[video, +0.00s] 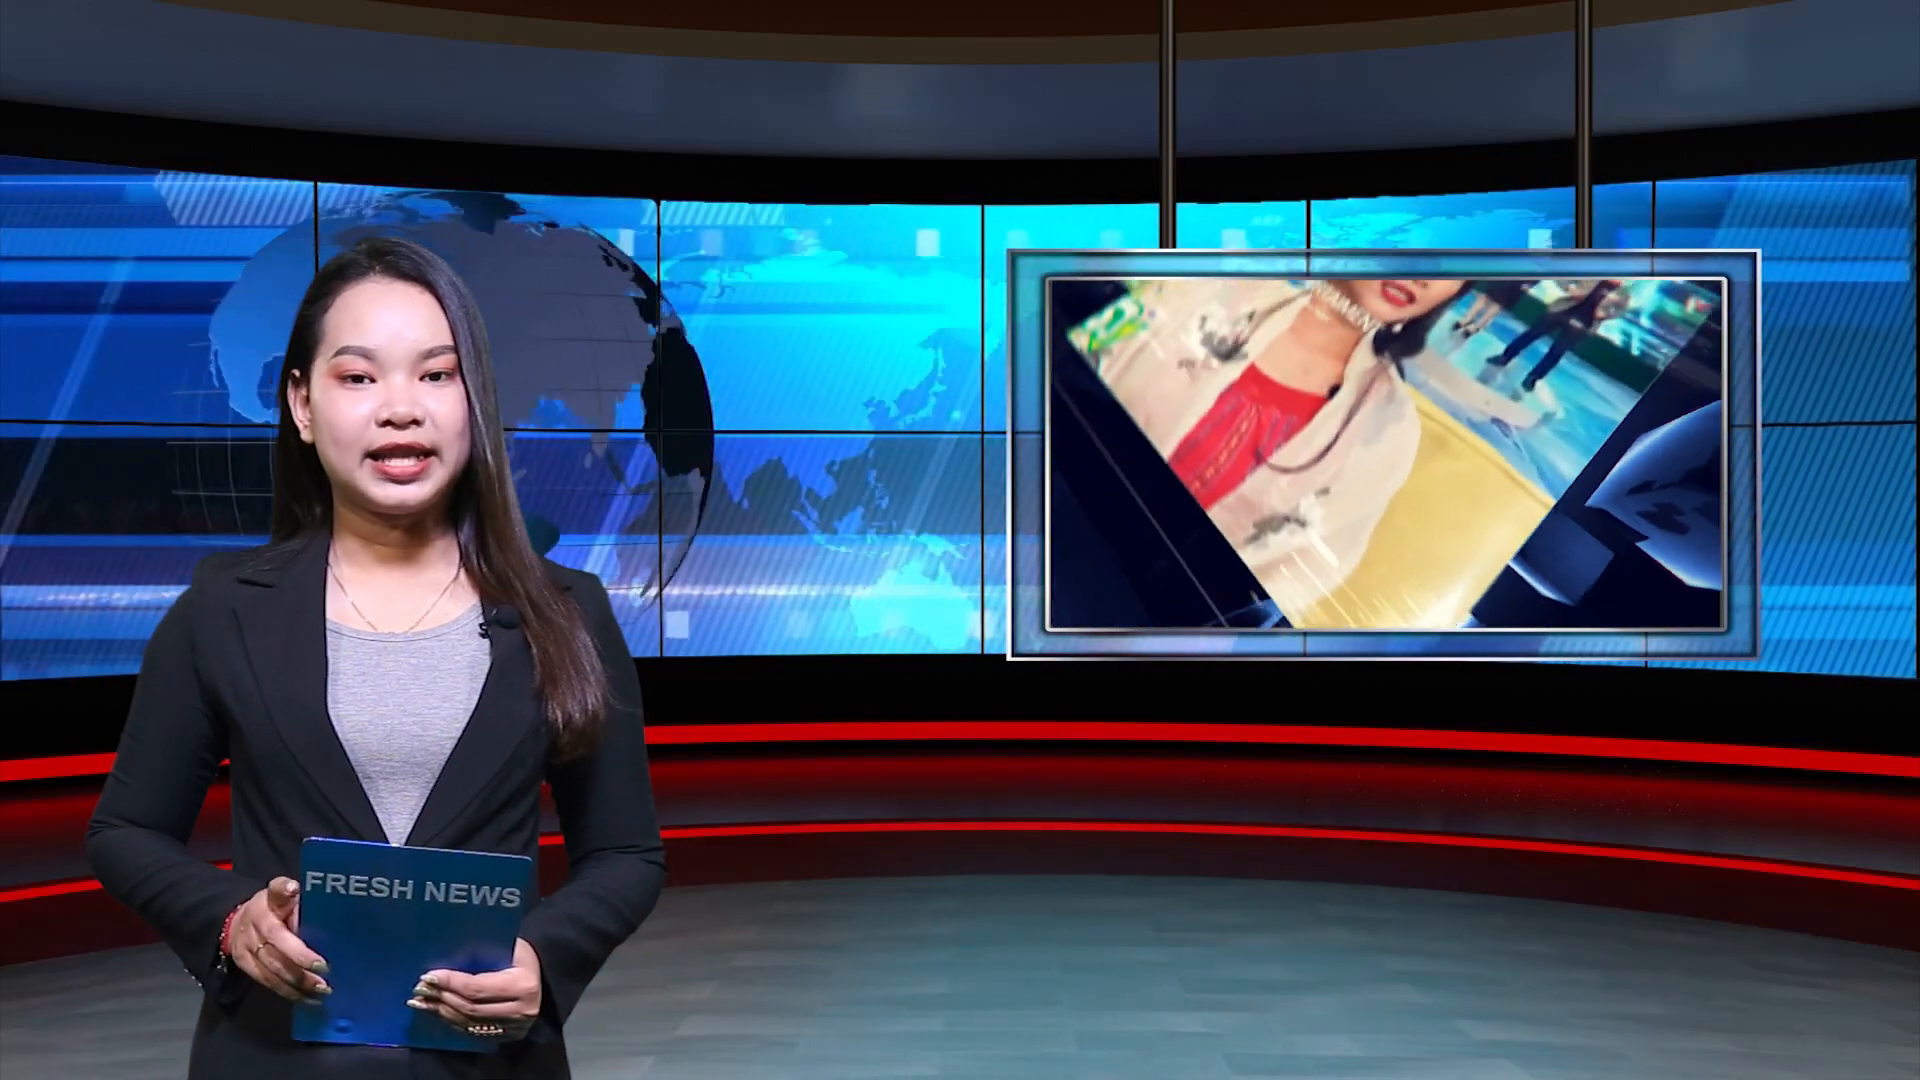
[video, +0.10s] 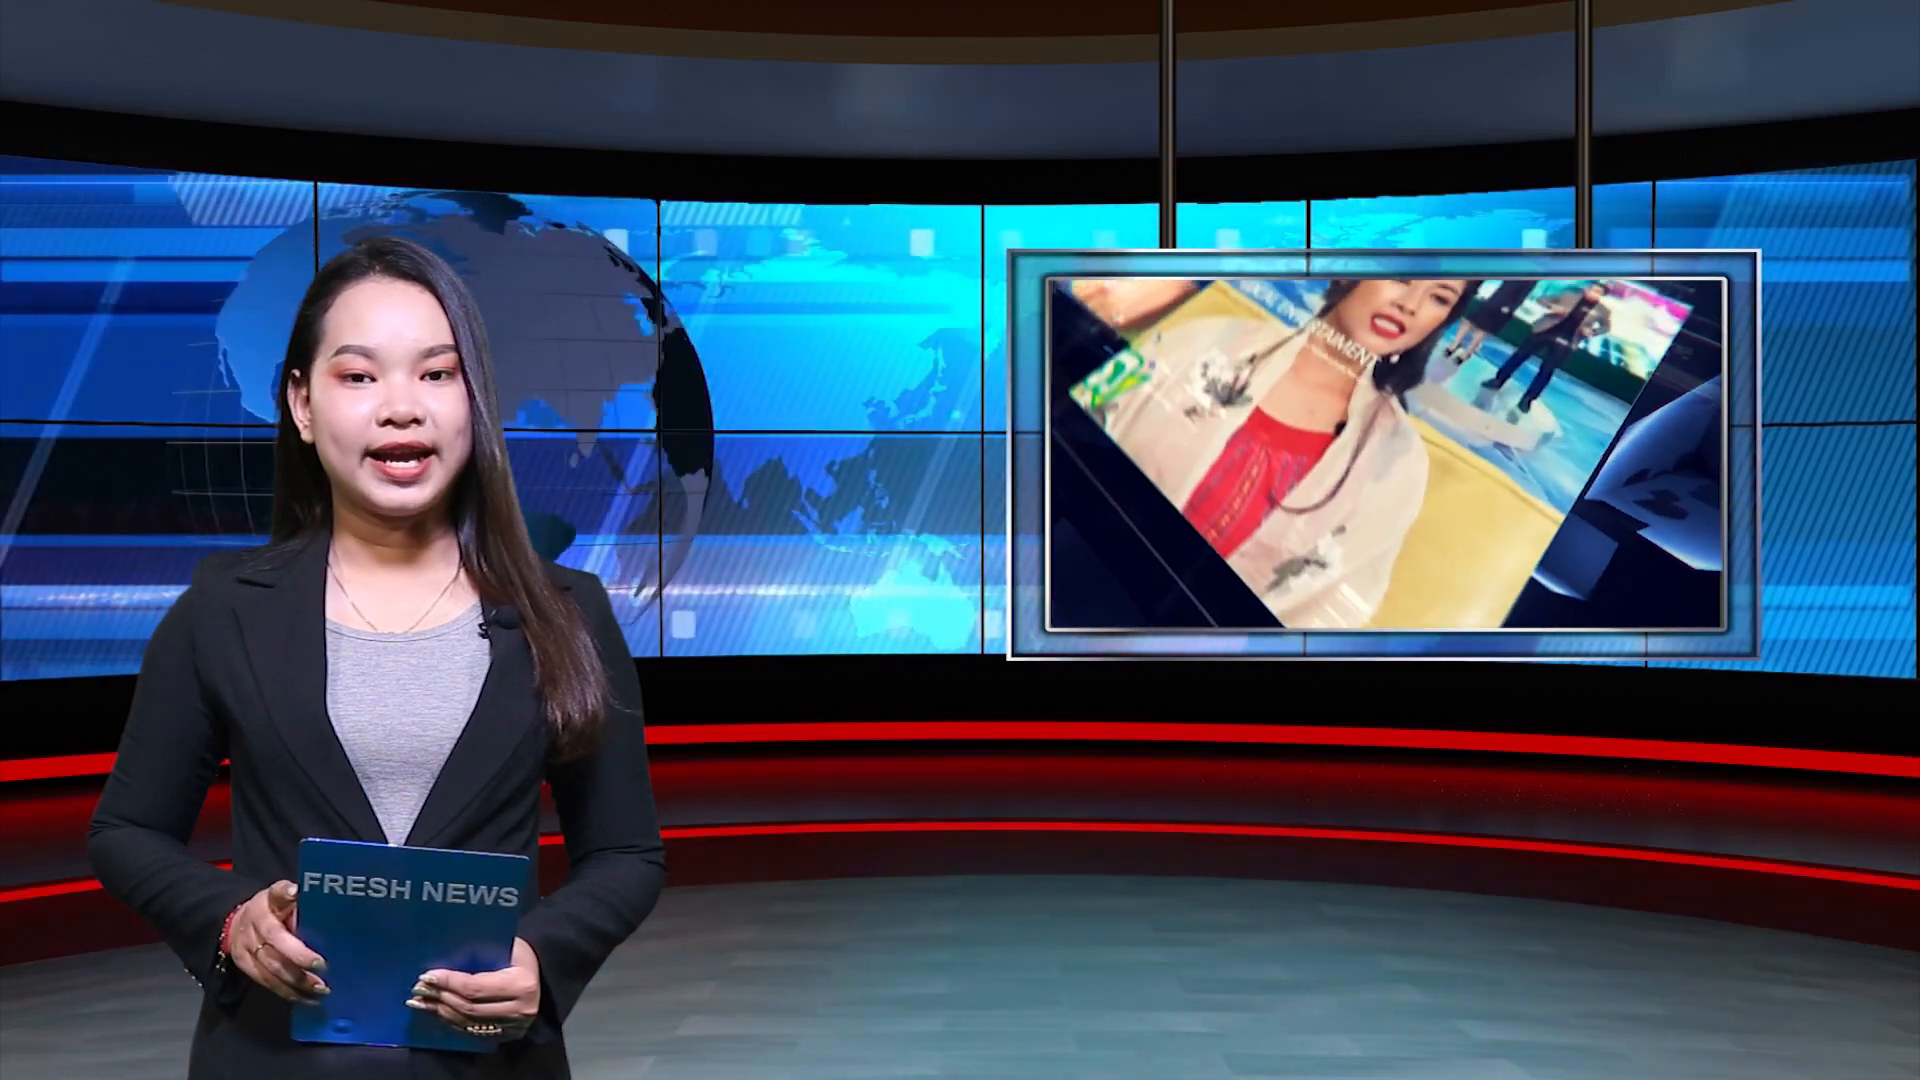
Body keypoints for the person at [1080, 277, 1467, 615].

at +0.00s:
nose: (1425, 269)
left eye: (1454, 264)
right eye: (1419, 226)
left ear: (1459, 293)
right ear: (1368, 206)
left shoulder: (1389, 426)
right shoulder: (1214, 275)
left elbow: (1314, 567)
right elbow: (1071, 366)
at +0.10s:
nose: (1410, 304)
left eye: (1440, 298)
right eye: (1401, 273)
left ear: (1446, 321)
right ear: (1352, 261)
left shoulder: (1398, 464)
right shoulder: (1205, 344)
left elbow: (1336, 617)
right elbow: (1076, 445)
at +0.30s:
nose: (1404, 339)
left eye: (1429, 331)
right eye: (1389, 317)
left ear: (1439, 361)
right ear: (1345, 321)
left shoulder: (1426, 504)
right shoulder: (1217, 406)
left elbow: (1393, 652)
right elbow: (1107, 526)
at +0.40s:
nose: (1404, 348)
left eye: (1430, 339)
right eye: (1390, 327)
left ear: (1442, 370)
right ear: (1348, 338)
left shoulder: (1439, 517)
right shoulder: (1229, 423)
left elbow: (1414, 666)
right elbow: (1115, 533)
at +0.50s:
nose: (1409, 364)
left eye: (1434, 352)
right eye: (1393, 342)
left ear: (1450, 380)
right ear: (1353, 353)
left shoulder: (1462, 528)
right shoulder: (1243, 448)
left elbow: (1458, 670)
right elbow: (1132, 571)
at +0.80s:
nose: (1437, 385)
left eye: (1461, 371)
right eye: (1418, 366)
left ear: (1483, 399)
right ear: (1380, 382)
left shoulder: (1518, 543)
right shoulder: (1285, 485)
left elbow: (1532, 690)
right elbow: (1193, 624)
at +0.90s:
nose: (1452, 393)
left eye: (1475, 378)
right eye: (1432, 373)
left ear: (1501, 404)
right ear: (1395, 389)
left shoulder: (1540, 547)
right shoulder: (1305, 496)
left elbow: (1564, 689)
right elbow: (1220, 637)